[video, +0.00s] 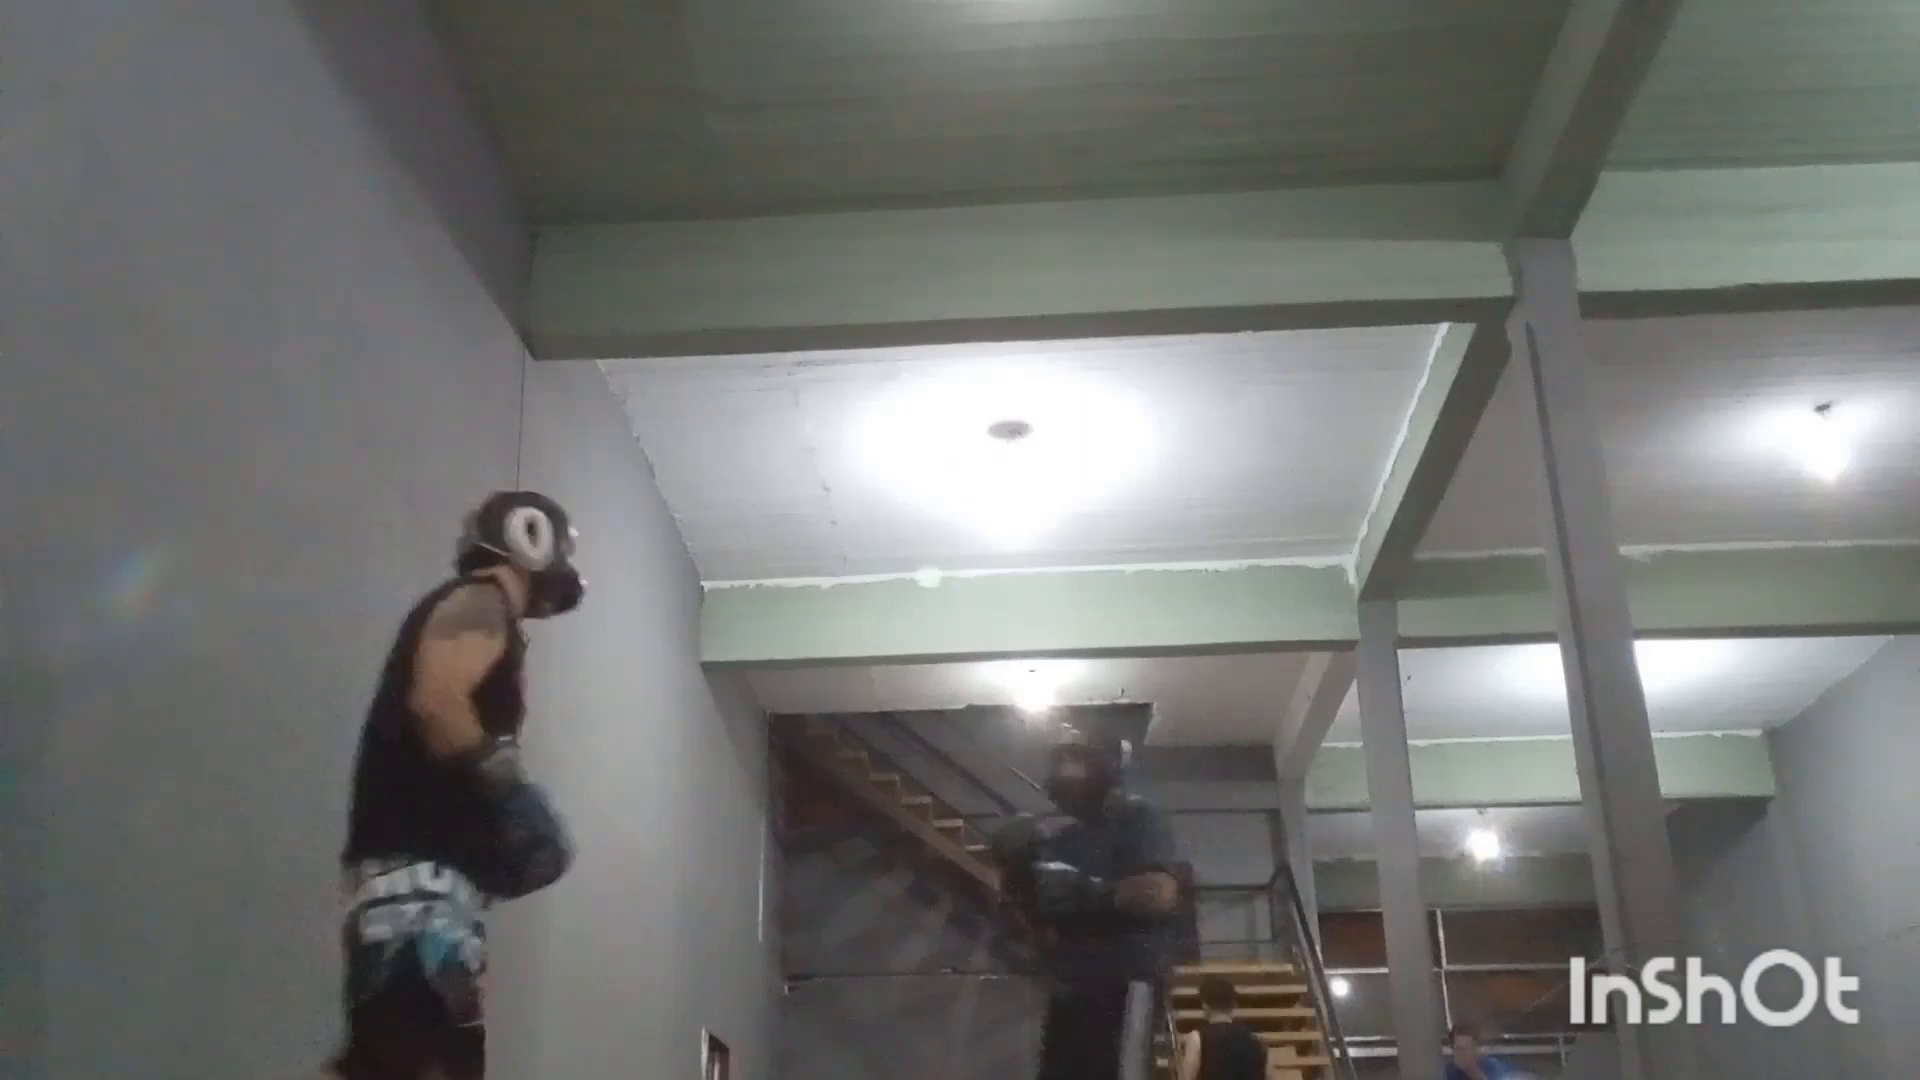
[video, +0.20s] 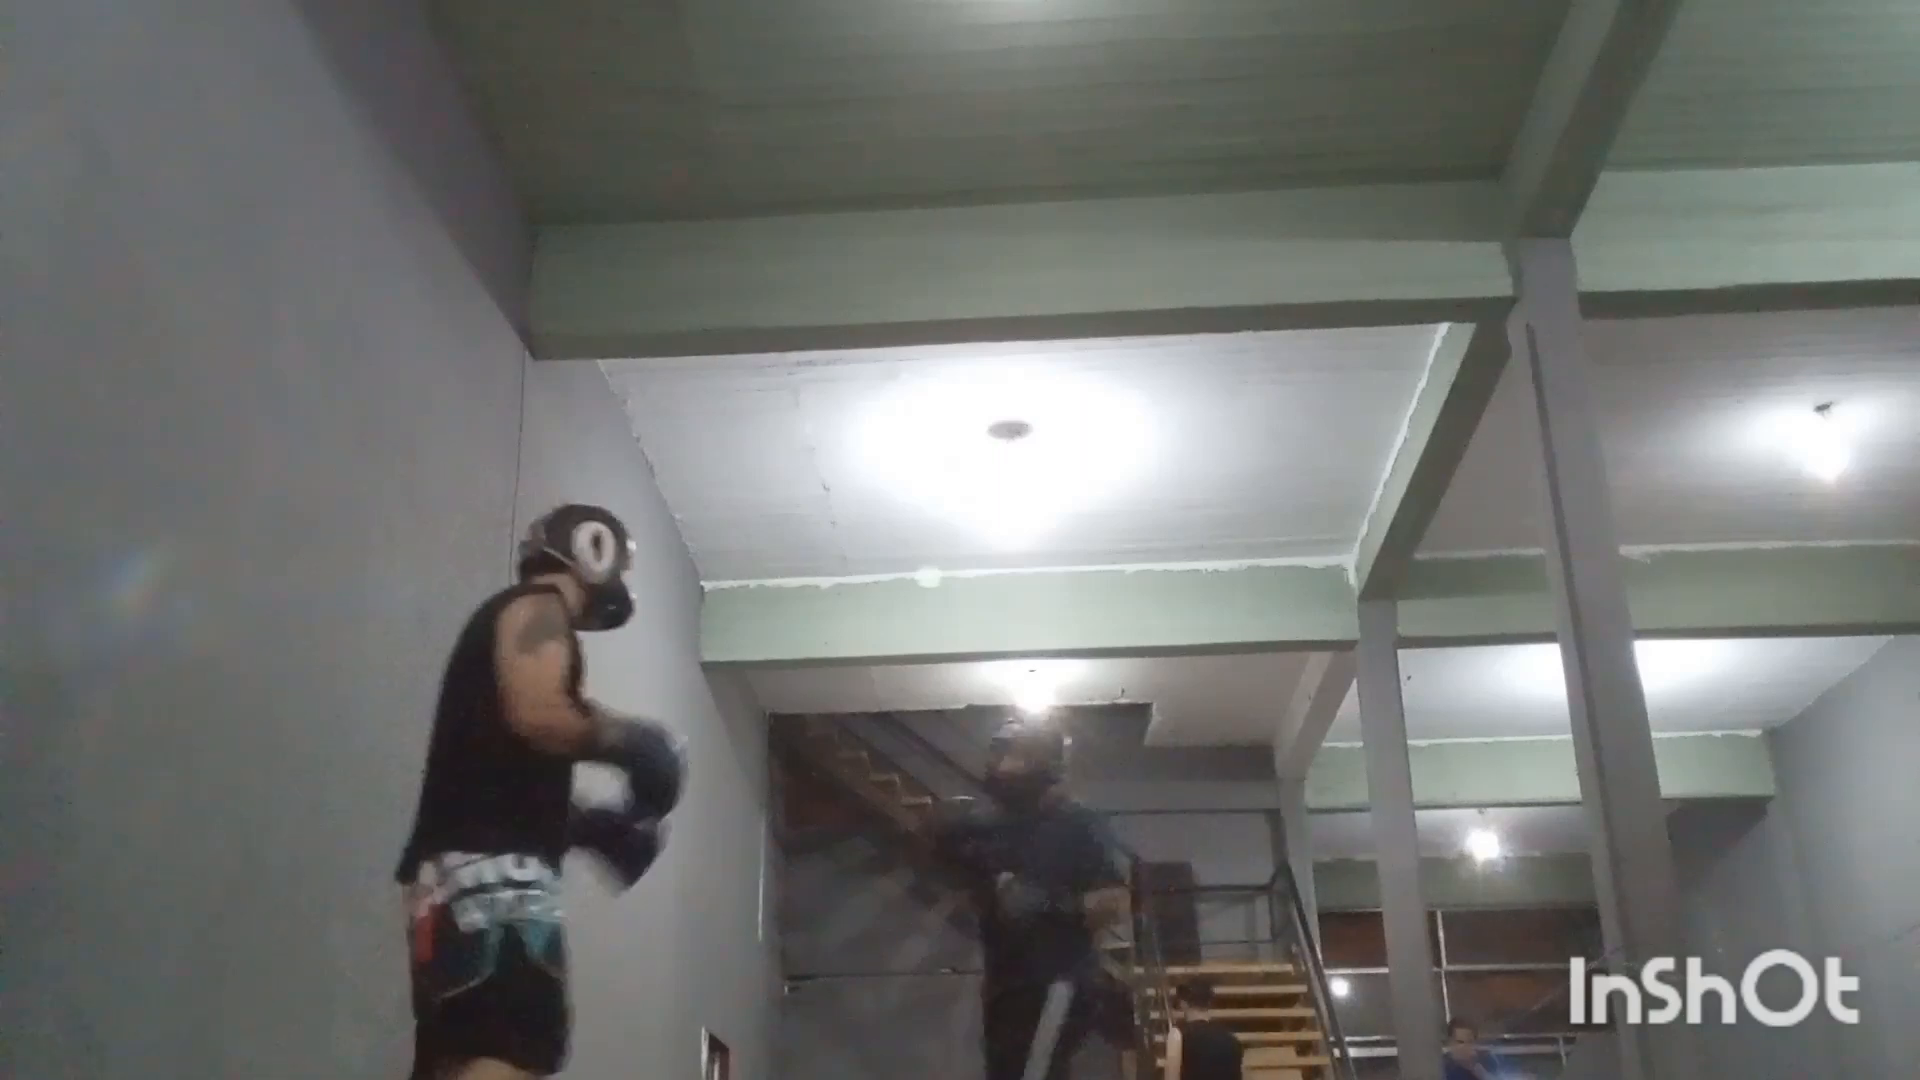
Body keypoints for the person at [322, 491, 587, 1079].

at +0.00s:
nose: (558, 579)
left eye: (562, 563)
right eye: (556, 560)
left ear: (511, 539)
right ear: (527, 537)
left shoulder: (468, 607)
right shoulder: (480, 603)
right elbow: (439, 700)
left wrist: (506, 819)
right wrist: (513, 799)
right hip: (418, 876)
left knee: (392, 1054)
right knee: (432, 1055)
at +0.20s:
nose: (613, 592)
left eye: (616, 579)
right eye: (612, 573)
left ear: (548, 554)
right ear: (592, 554)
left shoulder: (506, 620)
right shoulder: (538, 609)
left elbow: (499, 777)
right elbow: (535, 713)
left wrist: (587, 824)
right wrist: (633, 739)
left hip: (457, 866)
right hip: (496, 868)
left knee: (453, 1056)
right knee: (510, 1052)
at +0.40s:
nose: (688, 590)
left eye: (689, 573)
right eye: (683, 570)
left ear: (612, 561)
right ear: (658, 561)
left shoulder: (573, 628)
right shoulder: (610, 617)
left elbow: (632, 729)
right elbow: (685, 709)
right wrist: (728, 669)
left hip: (524, 884)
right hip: (568, 886)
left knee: (522, 1060)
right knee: (606, 1060)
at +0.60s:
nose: (757, 581)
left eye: (758, 568)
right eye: (753, 565)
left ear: (679, 563)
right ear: (729, 562)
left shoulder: (643, 631)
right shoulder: (703, 619)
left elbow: (726, 719)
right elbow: (796, 709)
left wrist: (767, 649)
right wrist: (806, 647)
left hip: (611, 866)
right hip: (662, 867)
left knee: (646, 1046)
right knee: (690, 1049)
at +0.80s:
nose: (823, 580)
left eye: (821, 567)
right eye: (817, 566)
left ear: (741, 572)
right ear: (796, 566)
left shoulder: (708, 637)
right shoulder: (785, 625)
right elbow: (870, 717)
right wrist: (878, 674)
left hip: (674, 867)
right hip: (732, 868)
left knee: (705, 1044)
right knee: (728, 1050)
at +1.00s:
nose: (883, 610)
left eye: (881, 596)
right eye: (877, 596)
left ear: (803, 603)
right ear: (858, 597)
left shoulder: (757, 673)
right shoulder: (857, 650)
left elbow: (686, 775)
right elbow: (939, 741)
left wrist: (729, 855)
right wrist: (928, 691)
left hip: (743, 881)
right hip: (810, 880)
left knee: (776, 1052)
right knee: (813, 1055)